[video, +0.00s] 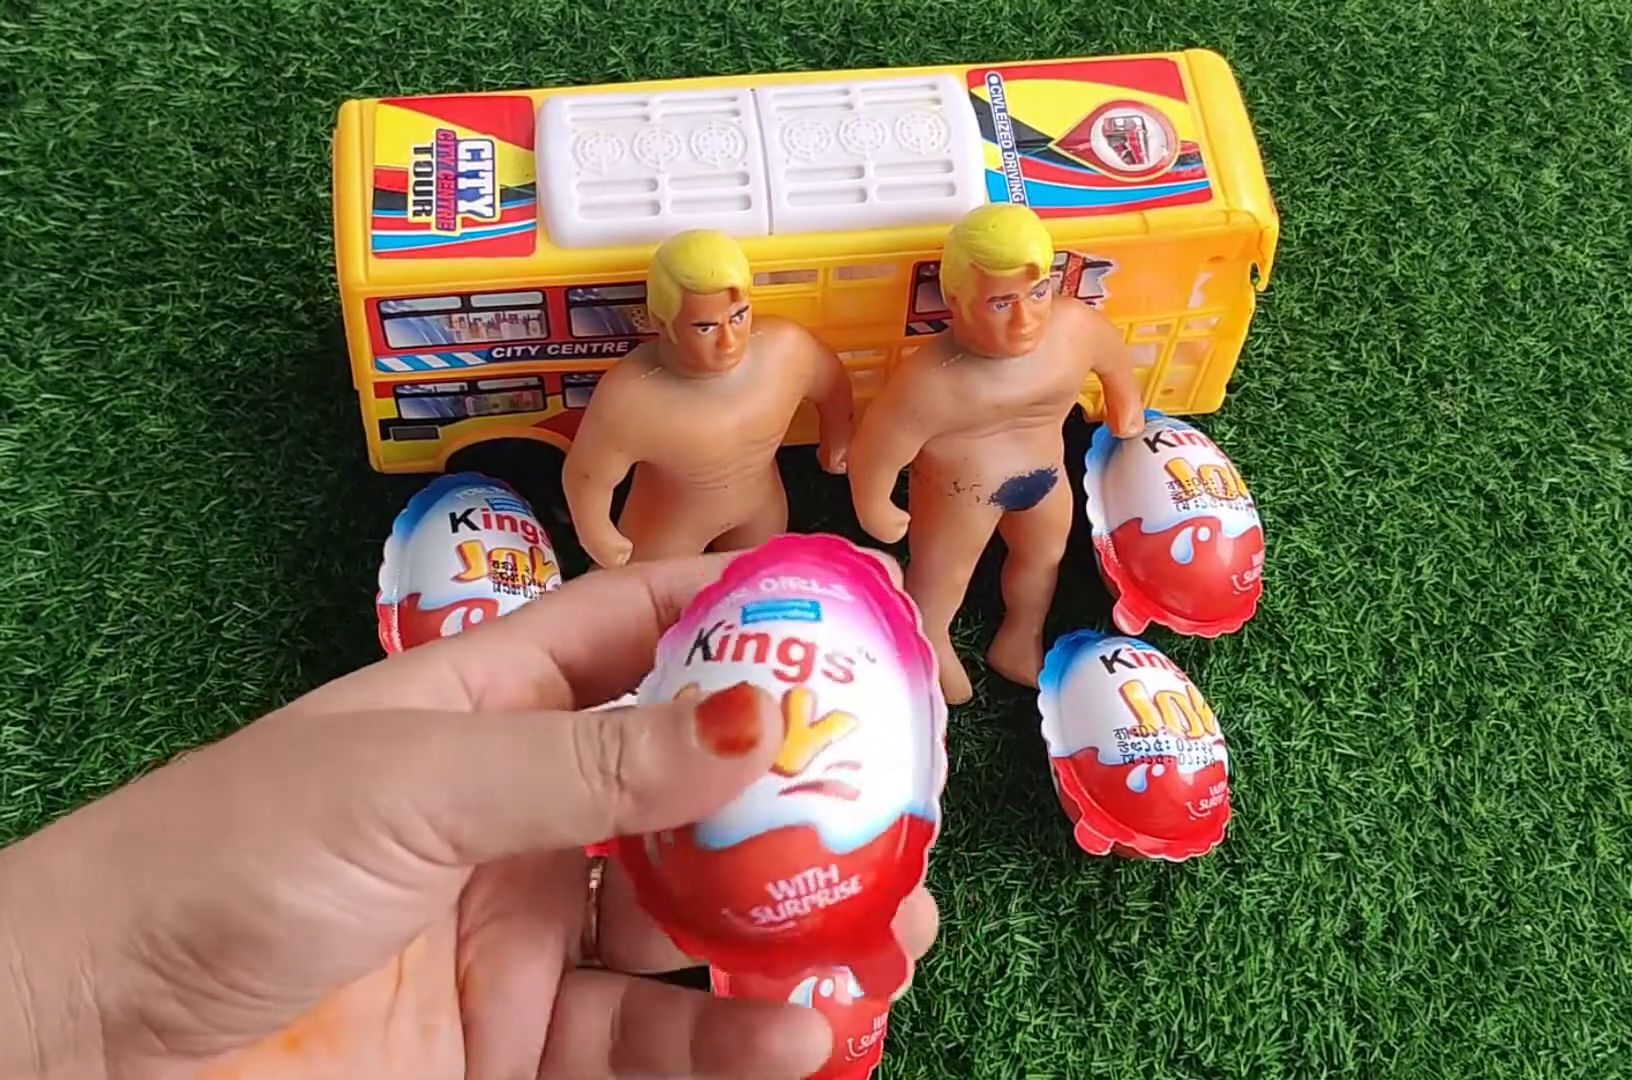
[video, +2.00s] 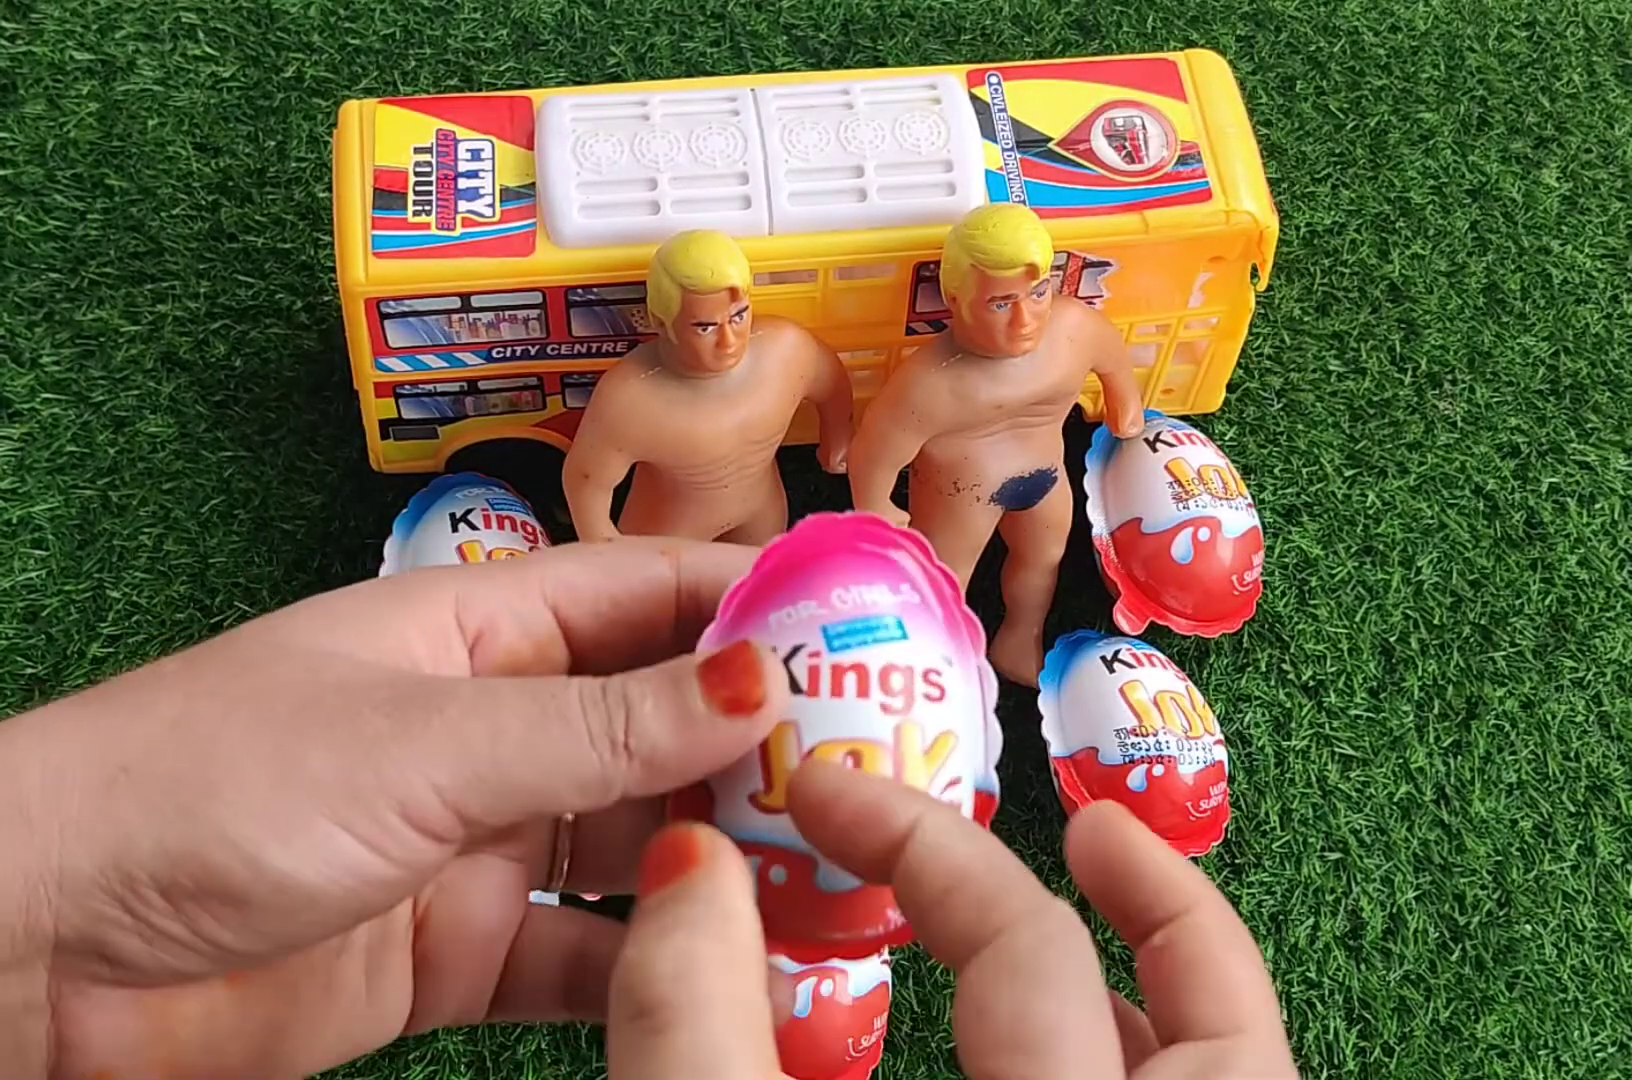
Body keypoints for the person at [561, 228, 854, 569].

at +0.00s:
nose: (728, 340)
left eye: (738, 316)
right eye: (705, 327)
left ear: (750, 302)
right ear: (661, 324)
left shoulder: (788, 350)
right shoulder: (628, 399)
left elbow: (833, 389)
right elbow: (585, 479)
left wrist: (836, 445)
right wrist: (601, 541)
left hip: (758, 510)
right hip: (670, 524)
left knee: (762, 612)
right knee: (657, 627)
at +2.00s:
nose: (728, 339)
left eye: (739, 315)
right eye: (703, 327)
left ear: (749, 300)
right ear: (662, 324)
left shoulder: (787, 350)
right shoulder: (626, 397)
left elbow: (832, 387)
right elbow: (584, 478)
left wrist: (834, 443)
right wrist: (600, 552)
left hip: (757, 517)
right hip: (665, 533)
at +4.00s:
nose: (728, 340)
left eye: (739, 316)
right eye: (705, 326)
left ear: (750, 301)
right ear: (659, 322)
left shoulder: (789, 350)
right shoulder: (628, 397)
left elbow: (834, 388)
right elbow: (587, 477)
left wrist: (837, 440)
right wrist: (598, 536)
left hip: (759, 497)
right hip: (672, 509)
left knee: (750, 577)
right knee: (636, 591)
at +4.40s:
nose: (728, 340)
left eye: (739, 315)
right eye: (704, 327)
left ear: (750, 301)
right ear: (663, 327)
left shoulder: (786, 350)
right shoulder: (627, 399)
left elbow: (832, 389)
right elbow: (585, 479)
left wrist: (835, 444)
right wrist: (605, 544)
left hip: (762, 541)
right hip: (662, 558)